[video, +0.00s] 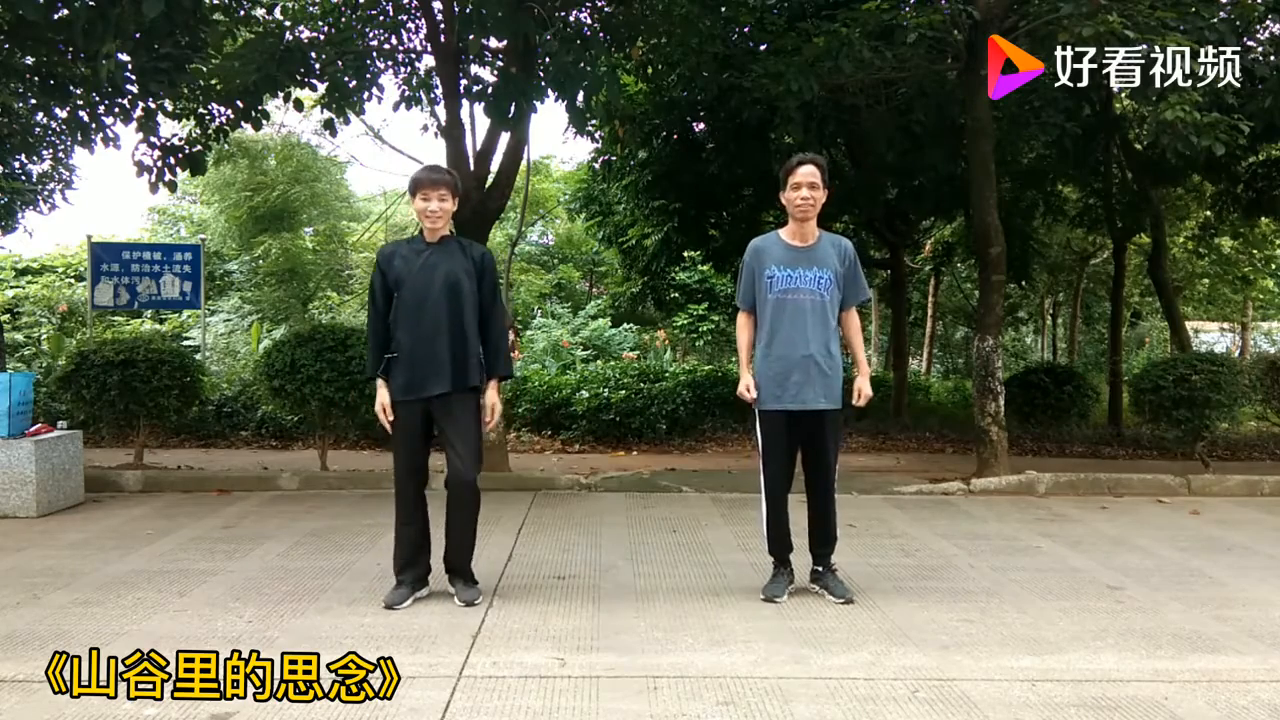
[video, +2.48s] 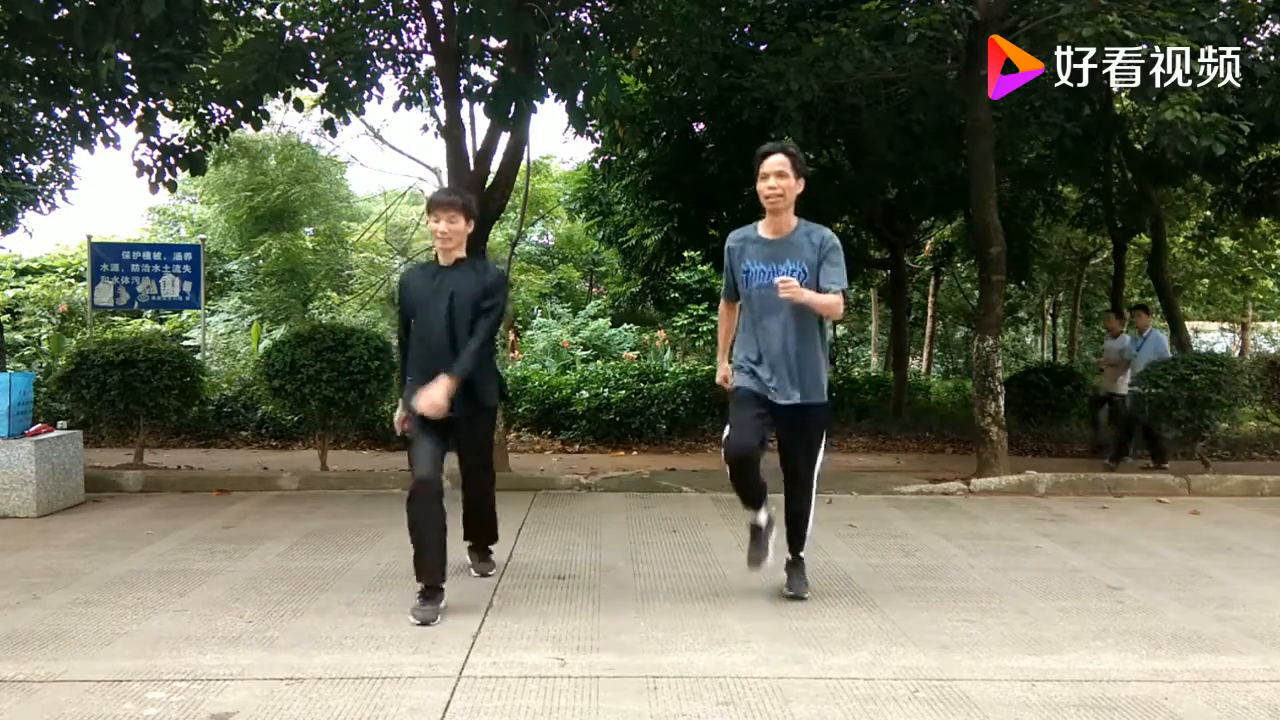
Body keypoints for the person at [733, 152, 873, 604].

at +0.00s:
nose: (804, 195)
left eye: (813, 187)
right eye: (796, 187)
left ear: (824, 195)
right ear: (783, 196)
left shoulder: (841, 250)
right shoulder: (759, 250)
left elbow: (849, 312)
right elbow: (745, 313)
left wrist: (863, 368)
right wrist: (744, 368)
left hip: (825, 387)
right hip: (773, 387)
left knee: (822, 484)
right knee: (775, 485)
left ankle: (822, 568)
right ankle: (781, 568)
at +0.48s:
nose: (803, 195)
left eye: (810, 187)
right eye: (794, 188)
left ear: (822, 195)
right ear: (781, 196)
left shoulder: (840, 250)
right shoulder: (758, 250)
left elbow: (846, 314)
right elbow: (747, 316)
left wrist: (853, 369)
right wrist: (745, 374)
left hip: (824, 385)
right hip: (771, 385)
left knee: (821, 484)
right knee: (774, 485)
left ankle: (823, 567)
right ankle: (780, 568)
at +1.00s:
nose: (795, 195)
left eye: (803, 187)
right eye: (787, 187)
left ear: (817, 194)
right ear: (775, 195)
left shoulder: (837, 249)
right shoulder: (754, 251)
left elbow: (846, 314)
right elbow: (747, 315)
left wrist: (855, 373)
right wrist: (746, 371)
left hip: (820, 386)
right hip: (768, 385)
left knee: (819, 485)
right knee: (771, 485)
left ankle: (822, 568)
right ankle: (780, 568)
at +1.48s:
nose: (779, 197)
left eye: (787, 188)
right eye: (771, 189)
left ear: (801, 197)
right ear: (759, 198)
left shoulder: (823, 246)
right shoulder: (738, 256)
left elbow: (857, 301)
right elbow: (718, 317)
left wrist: (817, 298)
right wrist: (696, 372)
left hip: (818, 375)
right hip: (763, 382)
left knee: (829, 443)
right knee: (765, 484)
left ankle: (827, 519)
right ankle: (782, 566)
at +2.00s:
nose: (785, 215)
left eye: (793, 207)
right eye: (777, 208)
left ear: (808, 213)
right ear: (767, 217)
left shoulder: (828, 268)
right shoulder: (747, 268)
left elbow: (838, 319)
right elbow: (725, 330)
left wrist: (853, 368)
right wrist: (766, 298)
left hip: (813, 402)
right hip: (758, 404)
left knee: (807, 491)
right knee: (764, 486)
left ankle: (797, 580)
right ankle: (772, 542)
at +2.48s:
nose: (771, 184)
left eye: (781, 176)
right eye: (765, 177)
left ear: (799, 185)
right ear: (756, 186)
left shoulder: (823, 241)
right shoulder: (738, 243)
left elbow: (836, 307)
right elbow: (729, 302)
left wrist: (804, 295)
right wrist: (723, 359)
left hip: (805, 380)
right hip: (751, 375)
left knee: (799, 479)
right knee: (738, 450)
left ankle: (795, 560)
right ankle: (759, 517)